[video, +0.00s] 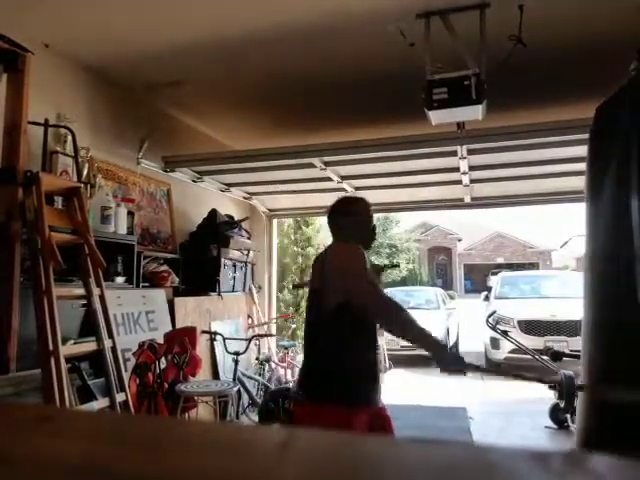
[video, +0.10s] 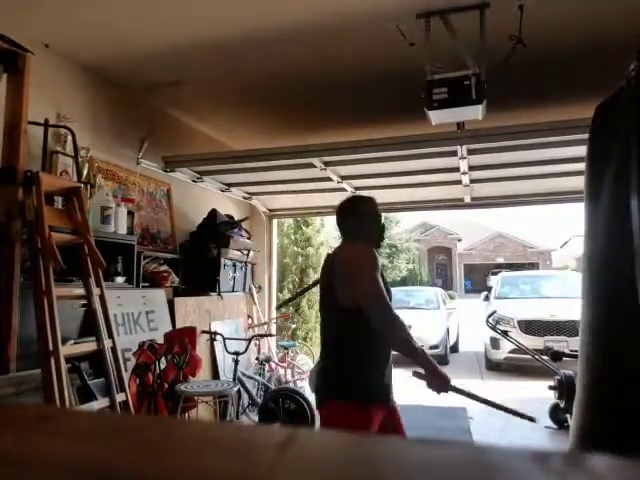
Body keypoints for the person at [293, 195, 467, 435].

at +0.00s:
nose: (375, 227)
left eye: (372, 219)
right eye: (368, 220)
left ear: (340, 225)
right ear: (350, 223)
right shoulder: (345, 258)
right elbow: (386, 312)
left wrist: (371, 278)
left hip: (362, 397)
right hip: (336, 400)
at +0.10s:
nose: (382, 224)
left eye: (380, 217)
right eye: (376, 217)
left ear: (345, 225)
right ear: (363, 222)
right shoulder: (356, 256)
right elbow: (386, 322)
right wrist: (430, 367)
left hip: (375, 392)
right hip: (351, 394)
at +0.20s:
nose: (386, 223)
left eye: (385, 216)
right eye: (381, 217)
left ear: (350, 223)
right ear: (366, 221)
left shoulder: (343, 256)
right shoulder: (363, 255)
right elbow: (384, 317)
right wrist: (418, 350)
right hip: (374, 382)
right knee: (417, 458)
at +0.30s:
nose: (387, 227)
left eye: (386, 220)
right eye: (384, 220)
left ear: (349, 224)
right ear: (373, 223)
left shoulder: (345, 256)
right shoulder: (363, 255)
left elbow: (404, 282)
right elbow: (387, 310)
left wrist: (389, 237)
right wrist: (416, 333)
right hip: (379, 365)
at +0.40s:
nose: (389, 229)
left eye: (387, 223)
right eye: (386, 223)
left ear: (350, 225)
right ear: (376, 224)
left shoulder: (342, 262)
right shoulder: (363, 254)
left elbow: (404, 291)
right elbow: (392, 313)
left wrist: (395, 243)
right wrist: (426, 329)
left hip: (374, 369)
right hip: (402, 352)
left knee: (421, 450)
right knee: (495, 373)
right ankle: (474, 418)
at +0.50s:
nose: (389, 230)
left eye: (387, 225)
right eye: (387, 224)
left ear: (353, 226)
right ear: (380, 224)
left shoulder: (342, 265)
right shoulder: (367, 254)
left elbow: (393, 303)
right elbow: (390, 316)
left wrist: (395, 261)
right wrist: (420, 325)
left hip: (379, 380)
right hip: (409, 355)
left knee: (437, 458)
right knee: (505, 374)